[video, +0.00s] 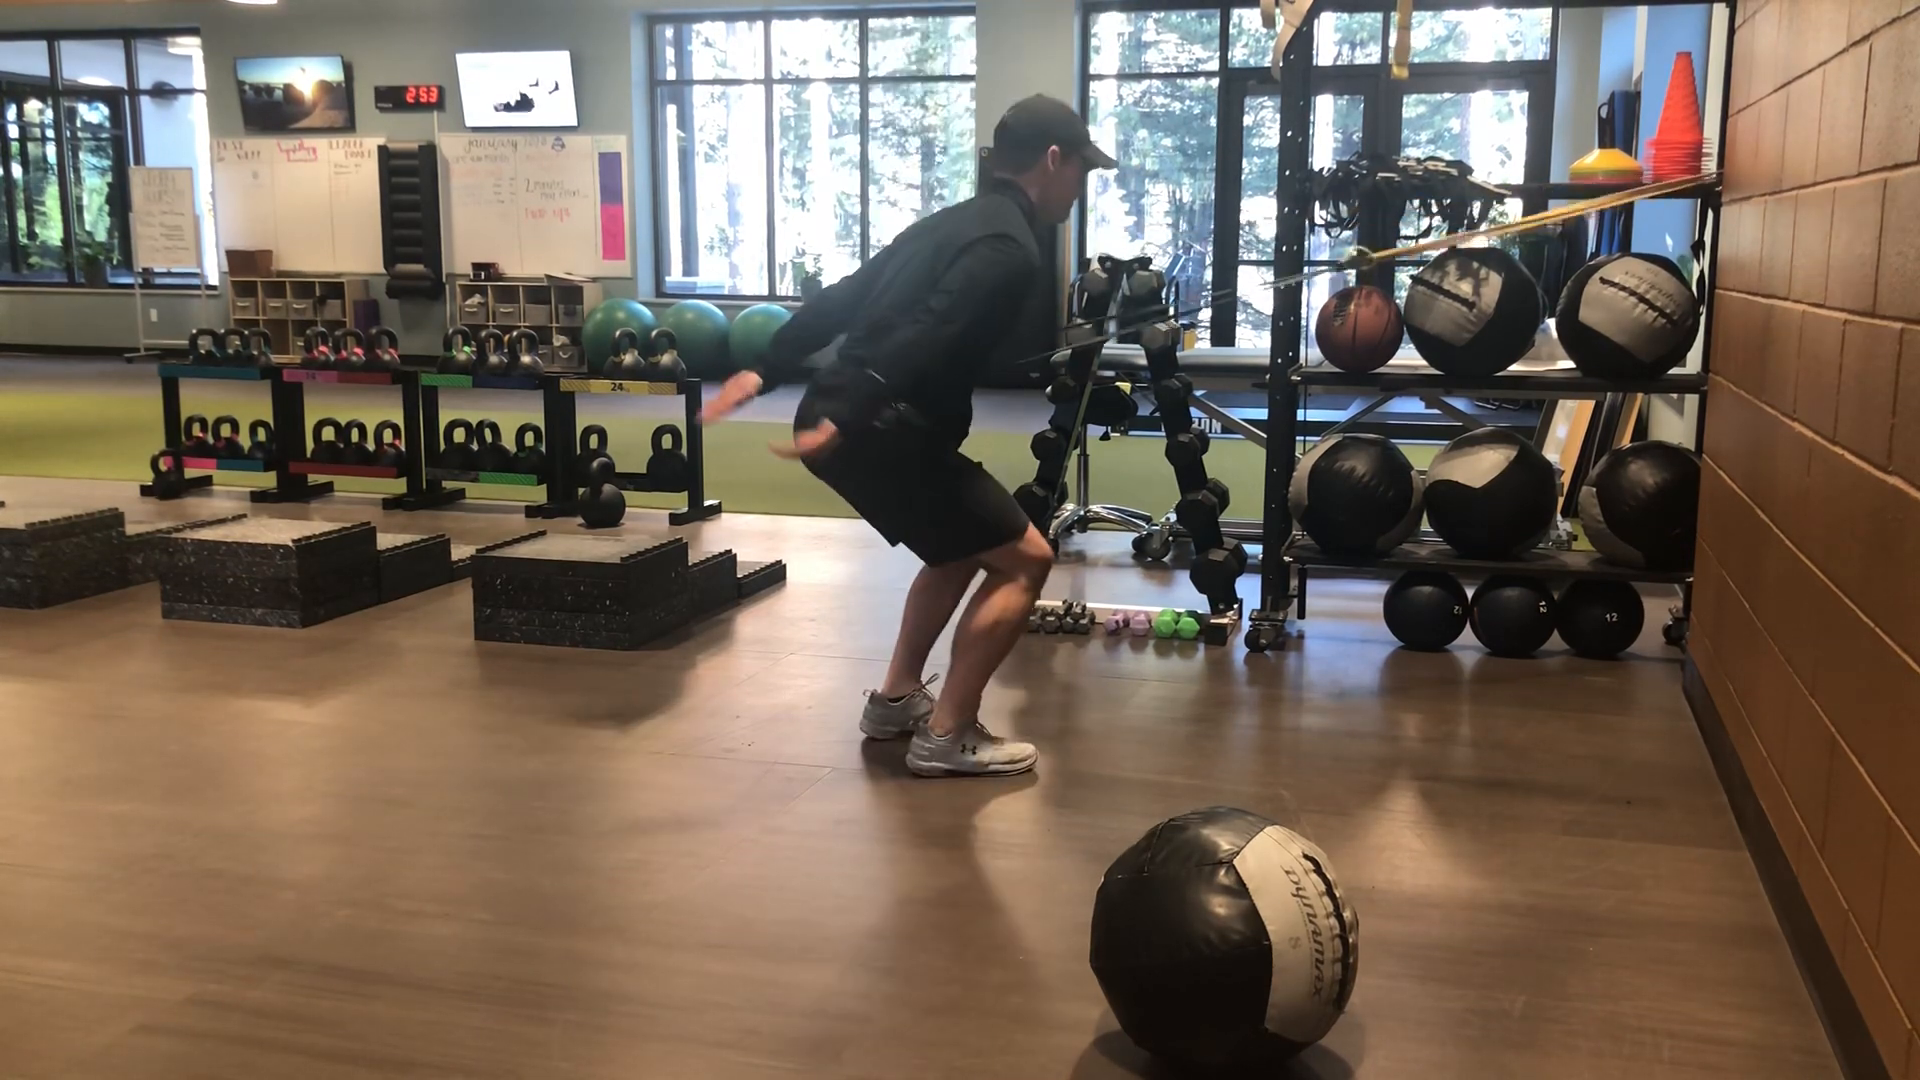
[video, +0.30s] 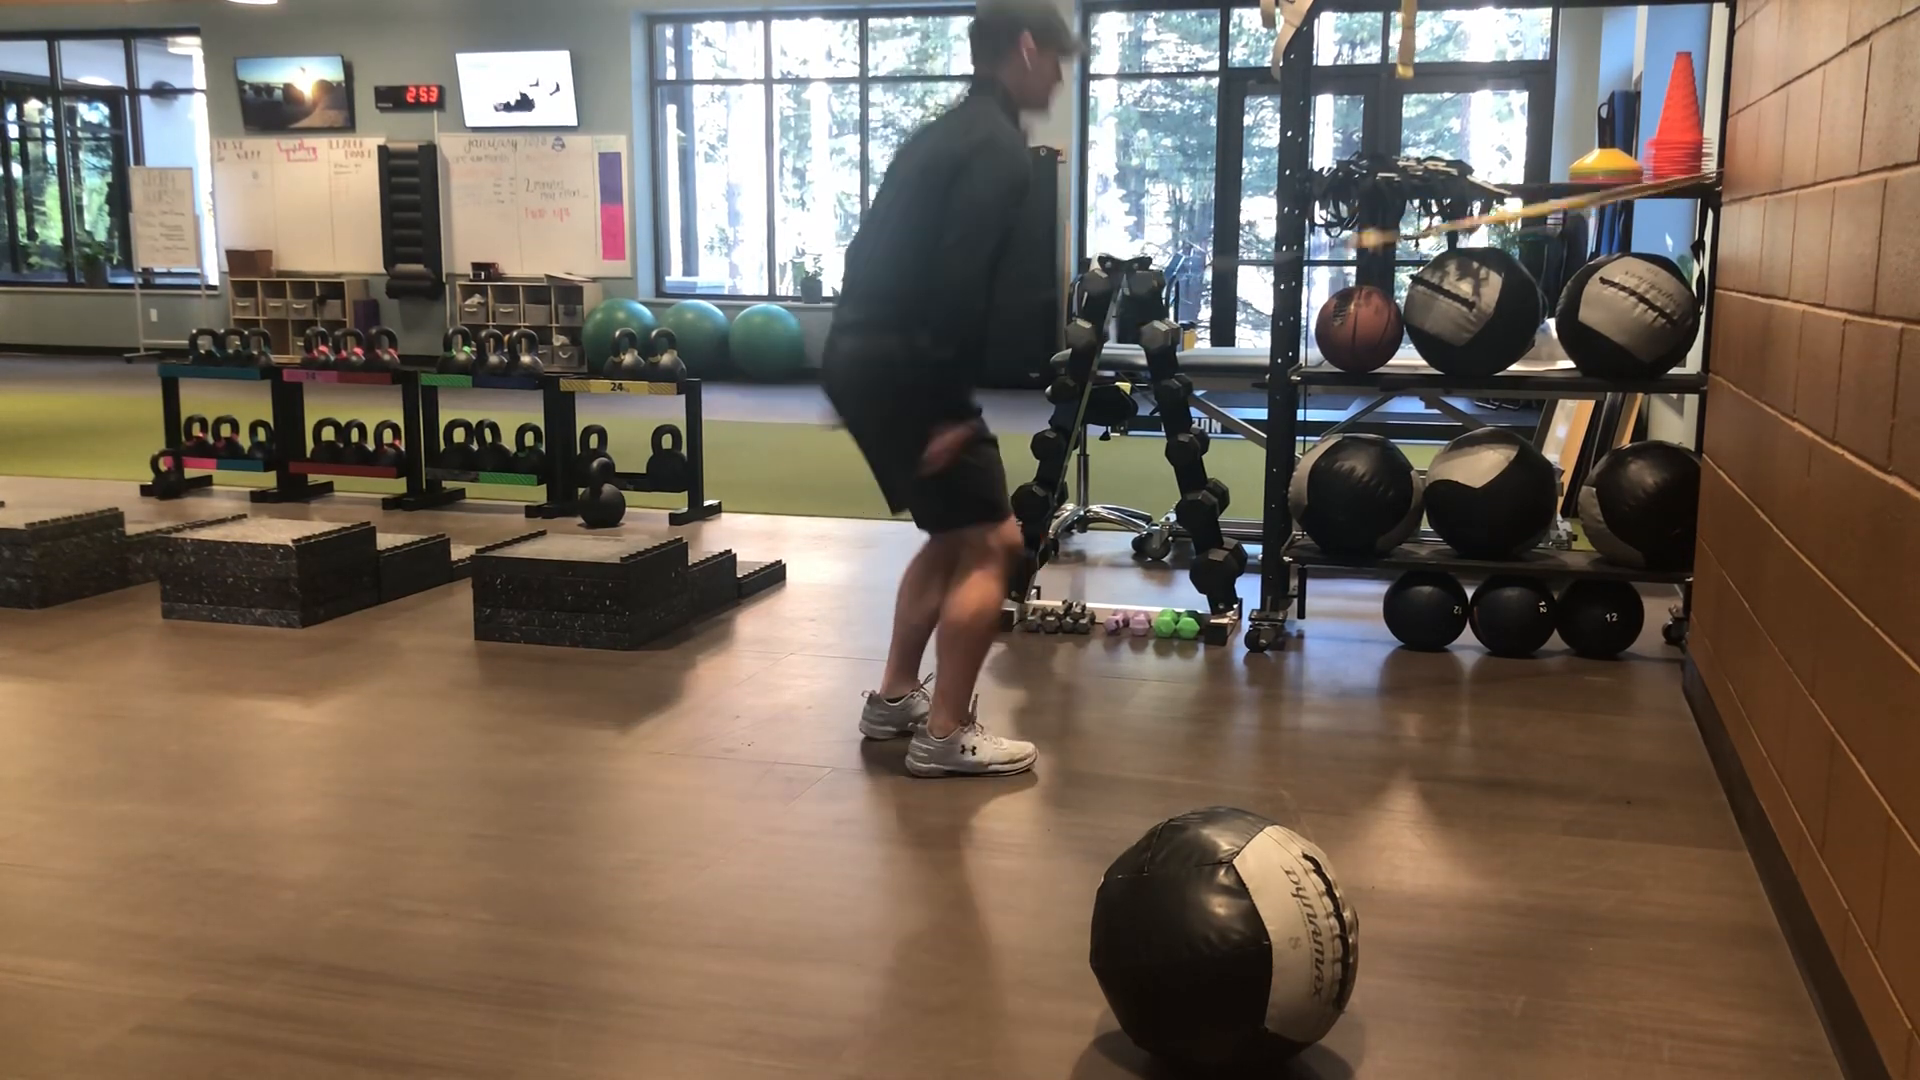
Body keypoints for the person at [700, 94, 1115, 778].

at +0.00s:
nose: (1082, 186)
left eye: (1084, 171)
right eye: (1080, 169)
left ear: (1020, 161)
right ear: (1051, 161)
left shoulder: (955, 220)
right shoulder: (1008, 244)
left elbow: (853, 291)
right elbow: (932, 328)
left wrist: (766, 366)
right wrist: (845, 413)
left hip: (844, 418)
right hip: (885, 432)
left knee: (959, 545)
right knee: (1026, 558)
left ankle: (897, 695)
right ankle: (949, 733)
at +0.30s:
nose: (1063, 77)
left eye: (1064, 62)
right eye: (1060, 59)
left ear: (1003, 52)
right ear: (1024, 51)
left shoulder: (938, 136)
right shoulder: (997, 147)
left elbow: (874, 257)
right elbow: (954, 275)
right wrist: (953, 404)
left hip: (862, 357)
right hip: (911, 365)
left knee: (954, 534)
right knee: (993, 543)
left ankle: (893, 699)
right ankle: (947, 734)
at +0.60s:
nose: (1024, 19)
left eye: (1021, 9)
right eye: (1017, 7)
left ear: (959, 16)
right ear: (985, 9)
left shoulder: (913, 99)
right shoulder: (984, 98)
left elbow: (932, 223)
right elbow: (1009, 224)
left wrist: (1021, 183)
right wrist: (1089, 242)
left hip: (909, 330)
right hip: (970, 336)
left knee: (912, 519)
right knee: (1014, 524)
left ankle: (890, 696)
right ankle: (957, 708)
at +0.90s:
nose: (1118, 32)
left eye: (1116, 20)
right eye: (1110, 19)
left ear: (1057, 27)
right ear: (1072, 22)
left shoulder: (1020, 101)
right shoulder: (1064, 110)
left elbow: (966, 223)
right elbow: (1057, 237)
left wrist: (1027, 299)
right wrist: (1115, 323)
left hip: (999, 353)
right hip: (1059, 357)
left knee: (965, 520)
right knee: (1109, 536)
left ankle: (897, 687)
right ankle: (1167, 694)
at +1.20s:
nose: (1237, 45)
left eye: (1239, 33)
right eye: (1235, 30)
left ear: (1175, 28)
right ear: (1206, 23)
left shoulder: (1117, 104)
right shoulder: (1199, 111)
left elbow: (1062, 212)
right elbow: (1179, 227)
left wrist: (1070, 315)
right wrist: (1208, 336)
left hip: (1111, 334)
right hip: (1171, 338)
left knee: (1168, 509)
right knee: (1179, 516)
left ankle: (1038, 613)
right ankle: (1179, 699)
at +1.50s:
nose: (1359, 78)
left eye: (1362, 65)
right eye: (1360, 62)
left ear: (1294, 41)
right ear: (1337, 42)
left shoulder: (1236, 113)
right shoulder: (1311, 125)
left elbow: (1177, 229)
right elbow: (1278, 245)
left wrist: (1140, 328)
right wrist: (1251, 361)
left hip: (1227, 347)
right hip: (1279, 355)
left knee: (1297, 507)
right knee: (1248, 529)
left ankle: (1346, 649)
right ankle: (1183, 688)